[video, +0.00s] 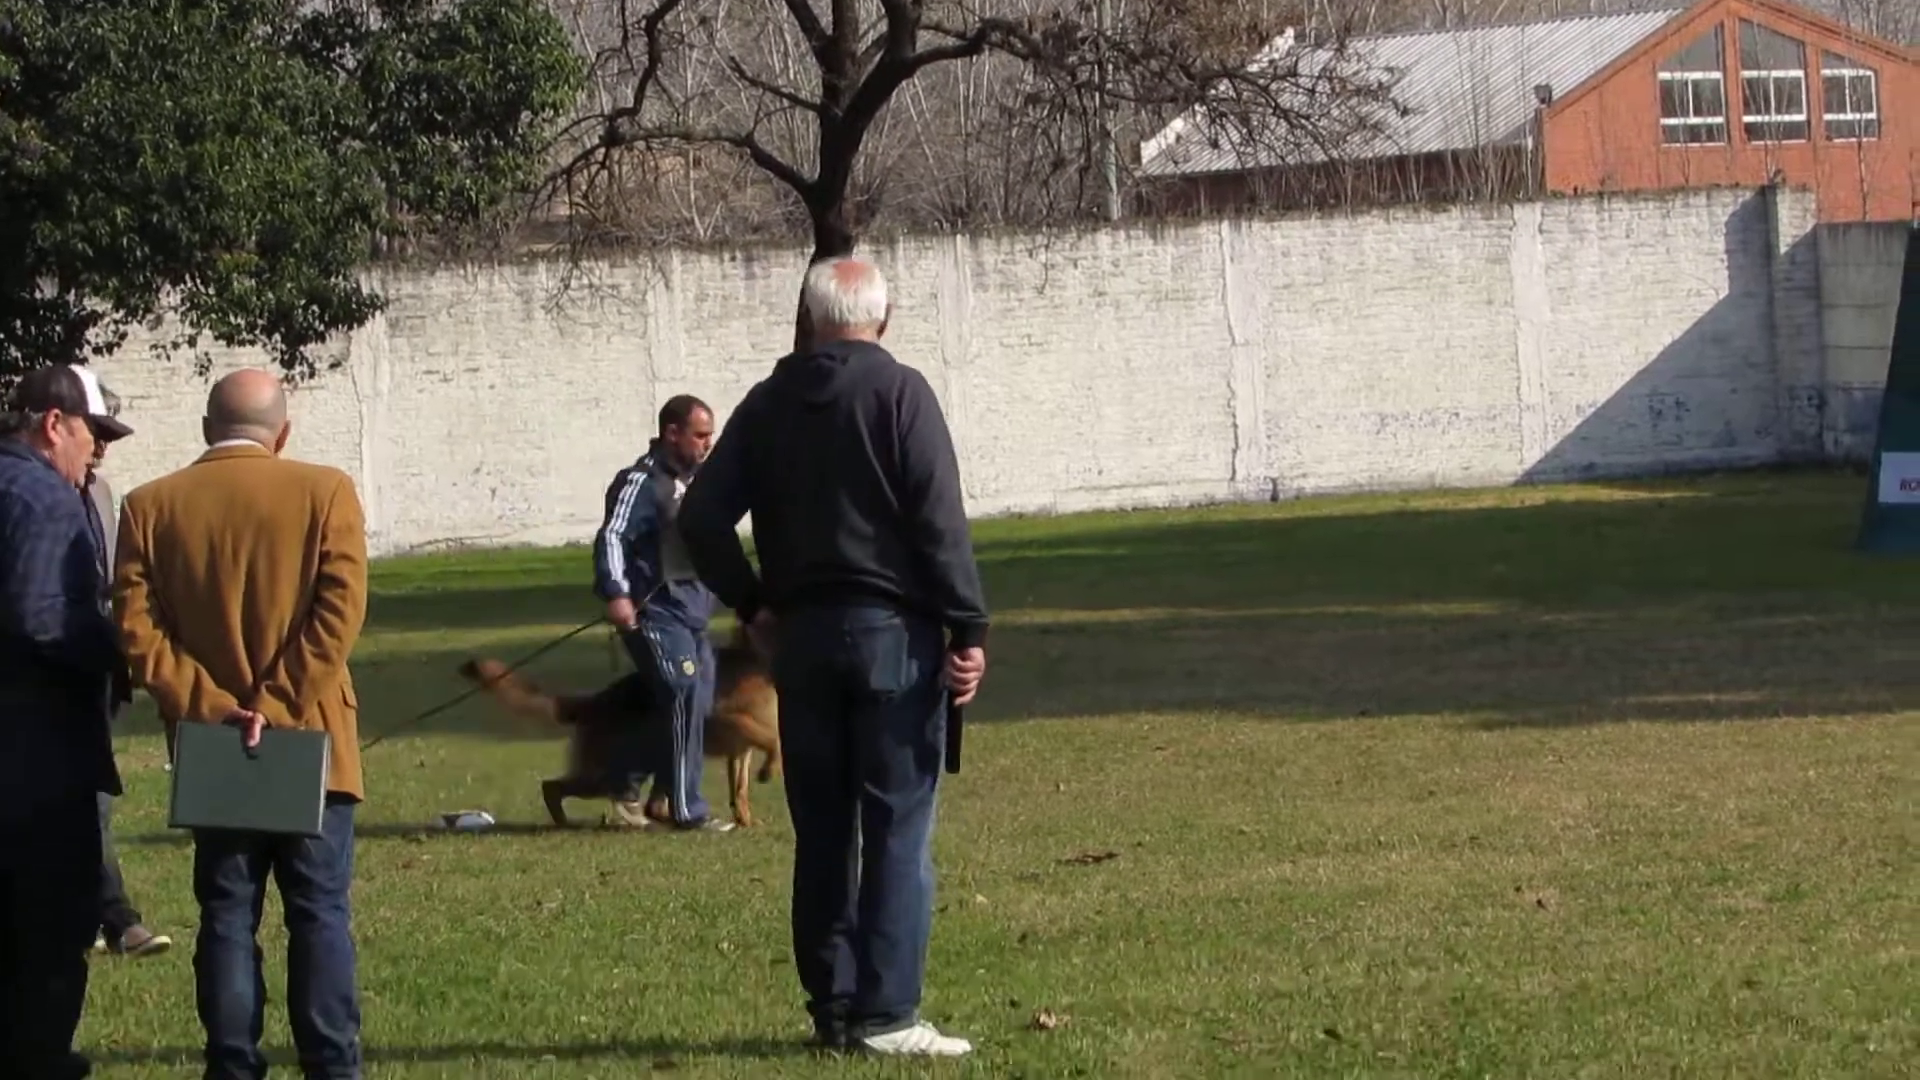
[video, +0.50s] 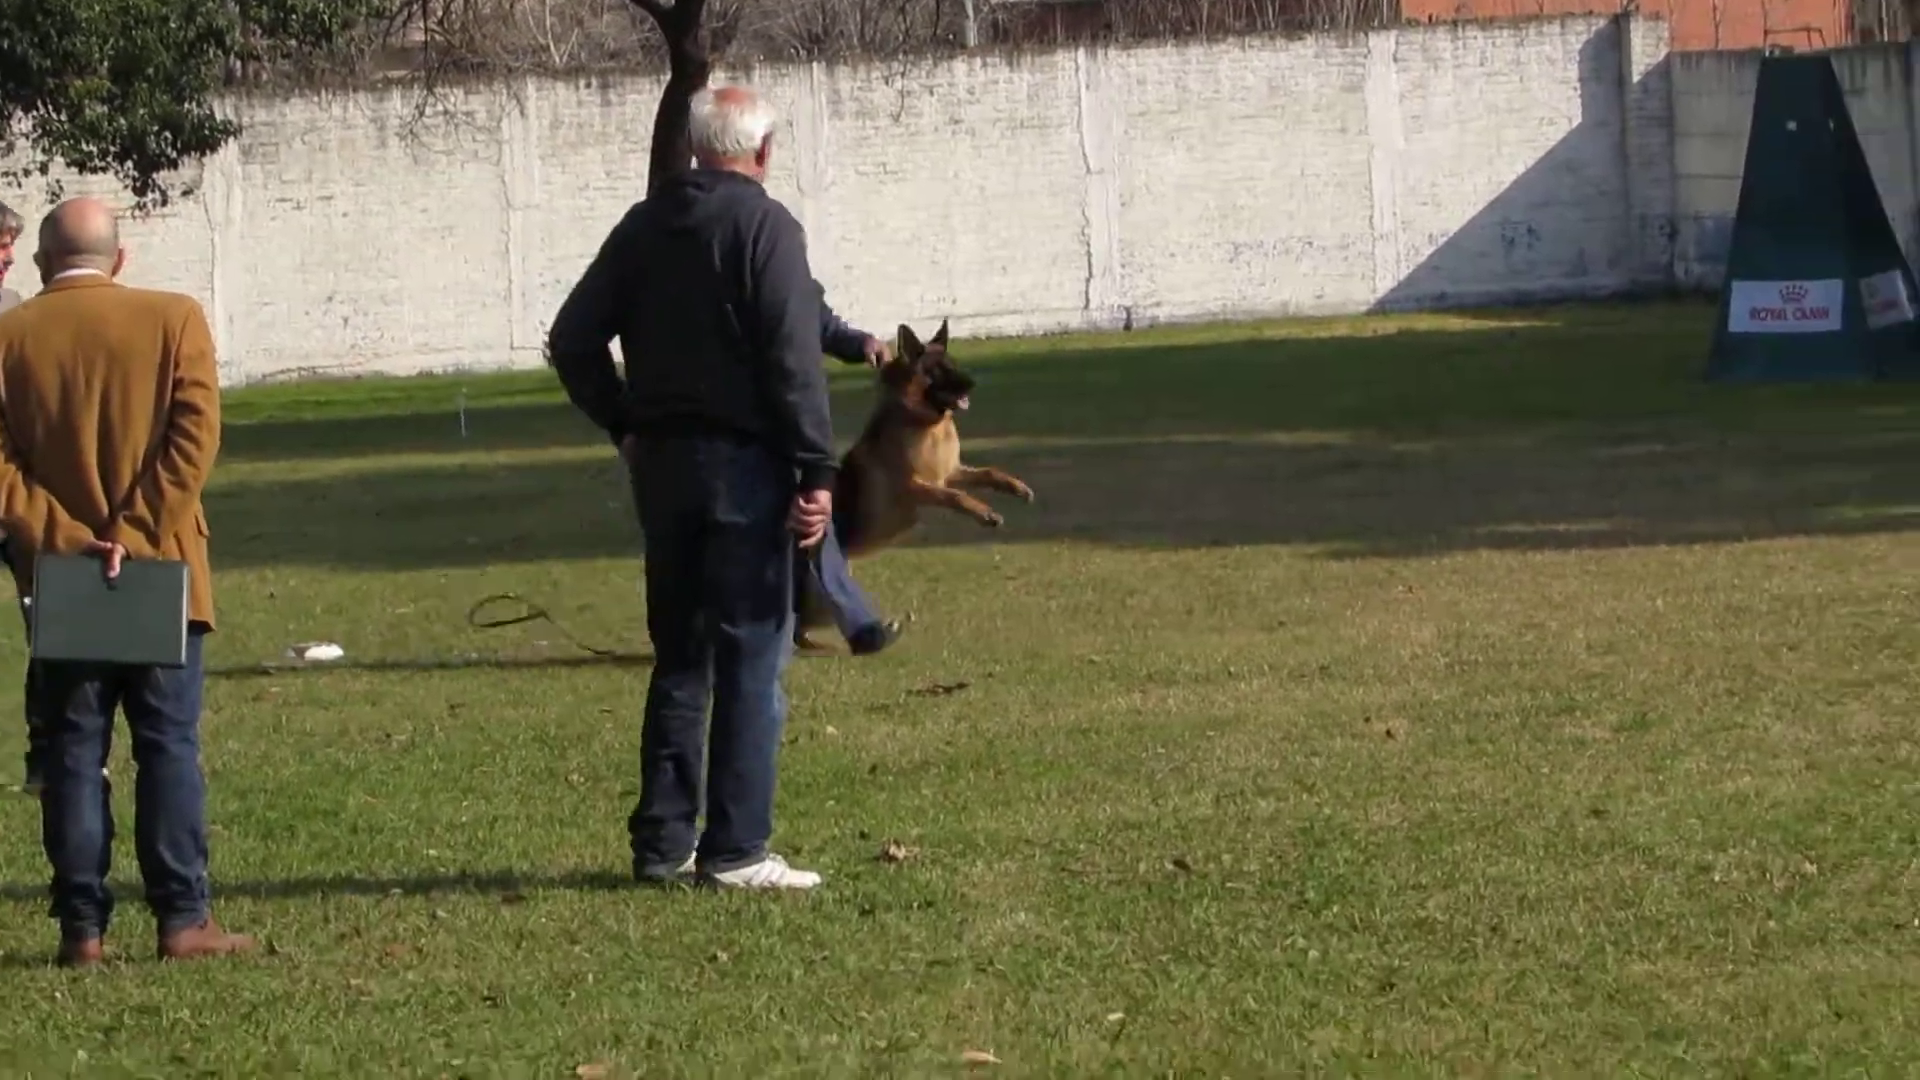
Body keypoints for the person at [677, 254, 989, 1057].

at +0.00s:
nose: (890, 326)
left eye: (886, 316)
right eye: (888, 316)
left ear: (803, 322)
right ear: (881, 321)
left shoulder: (765, 401)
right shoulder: (899, 391)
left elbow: (700, 516)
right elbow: (938, 521)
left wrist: (751, 602)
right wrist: (970, 627)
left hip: (800, 640)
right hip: (891, 636)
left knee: (819, 826)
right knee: (900, 822)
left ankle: (833, 1009)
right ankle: (888, 1016)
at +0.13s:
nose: (887, 267)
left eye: (882, 255)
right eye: (886, 257)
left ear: (801, 258)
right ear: (876, 263)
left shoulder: (761, 340)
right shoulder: (890, 335)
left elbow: (695, 457)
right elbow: (925, 467)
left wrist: (740, 543)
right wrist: (951, 572)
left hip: (785, 584)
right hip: (873, 579)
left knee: (806, 771)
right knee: (879, 770)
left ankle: (813, 953)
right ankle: (867, 960)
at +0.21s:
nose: (870, 229)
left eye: (866, 217)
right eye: (868, 219)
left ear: (783, 219)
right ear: (856, 224)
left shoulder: (738, 302)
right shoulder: (870, 296)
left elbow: (671, 409)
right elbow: (904, 430)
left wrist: (716, 500)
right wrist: (927, 537)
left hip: (763, 545)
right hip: (852, 542)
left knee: (785, 732)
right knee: (857, 733)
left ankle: (791, 914)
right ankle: (844, 921)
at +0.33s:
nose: (832, 191)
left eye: (827, 179)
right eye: (831, 180)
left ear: (749, 176)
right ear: (819, 184)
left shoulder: (701, 257)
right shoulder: (829, 256)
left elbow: (628, 369)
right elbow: (862, 392)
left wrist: (681, 462)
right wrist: (881, 502)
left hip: (721, 504)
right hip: (806, 502)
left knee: (742, 691)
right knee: (810, 693)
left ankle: (743, 877)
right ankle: (797, 882)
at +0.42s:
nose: (804, 173)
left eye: (799, 161)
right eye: (802, 162)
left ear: (723, 157)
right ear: (789, 165)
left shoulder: (674, 236)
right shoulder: (798, 238)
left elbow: (600, 352)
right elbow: (830, 373)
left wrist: (653, 442)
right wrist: (850, 484)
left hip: (692, 482)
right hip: (776, 481)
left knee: (711, 670)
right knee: (783, 672)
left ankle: (703, 859)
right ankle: (769, 864)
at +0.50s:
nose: (774, 159)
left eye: (768, 147)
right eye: (773, 148)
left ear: (694, 144)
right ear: (760, 150)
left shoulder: (644, 222)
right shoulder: (765, 225)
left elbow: (571, 340)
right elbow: (794, 360)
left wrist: (627, 424)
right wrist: (815, 470)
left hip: (663, 469)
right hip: (745, 470)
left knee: (678, 656)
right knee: (753, 656)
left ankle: (663, 844)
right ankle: (738, 851)